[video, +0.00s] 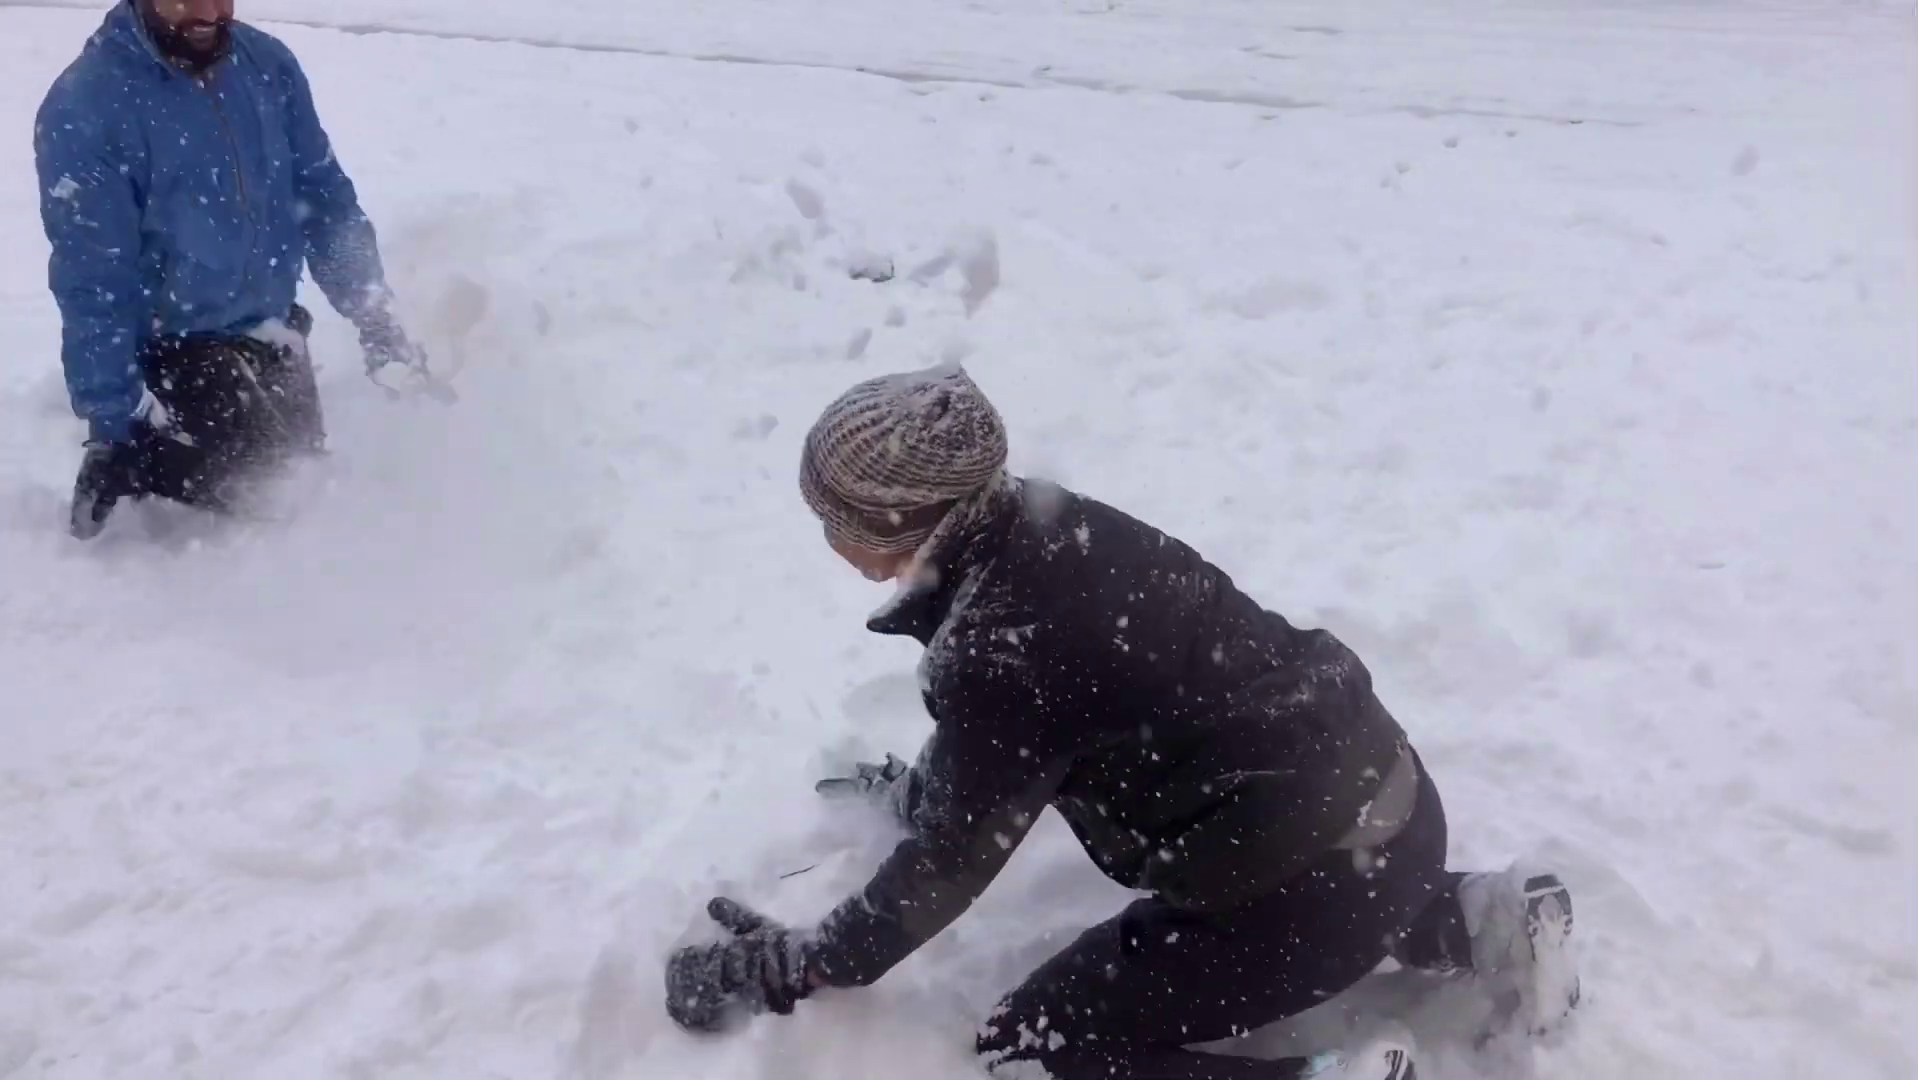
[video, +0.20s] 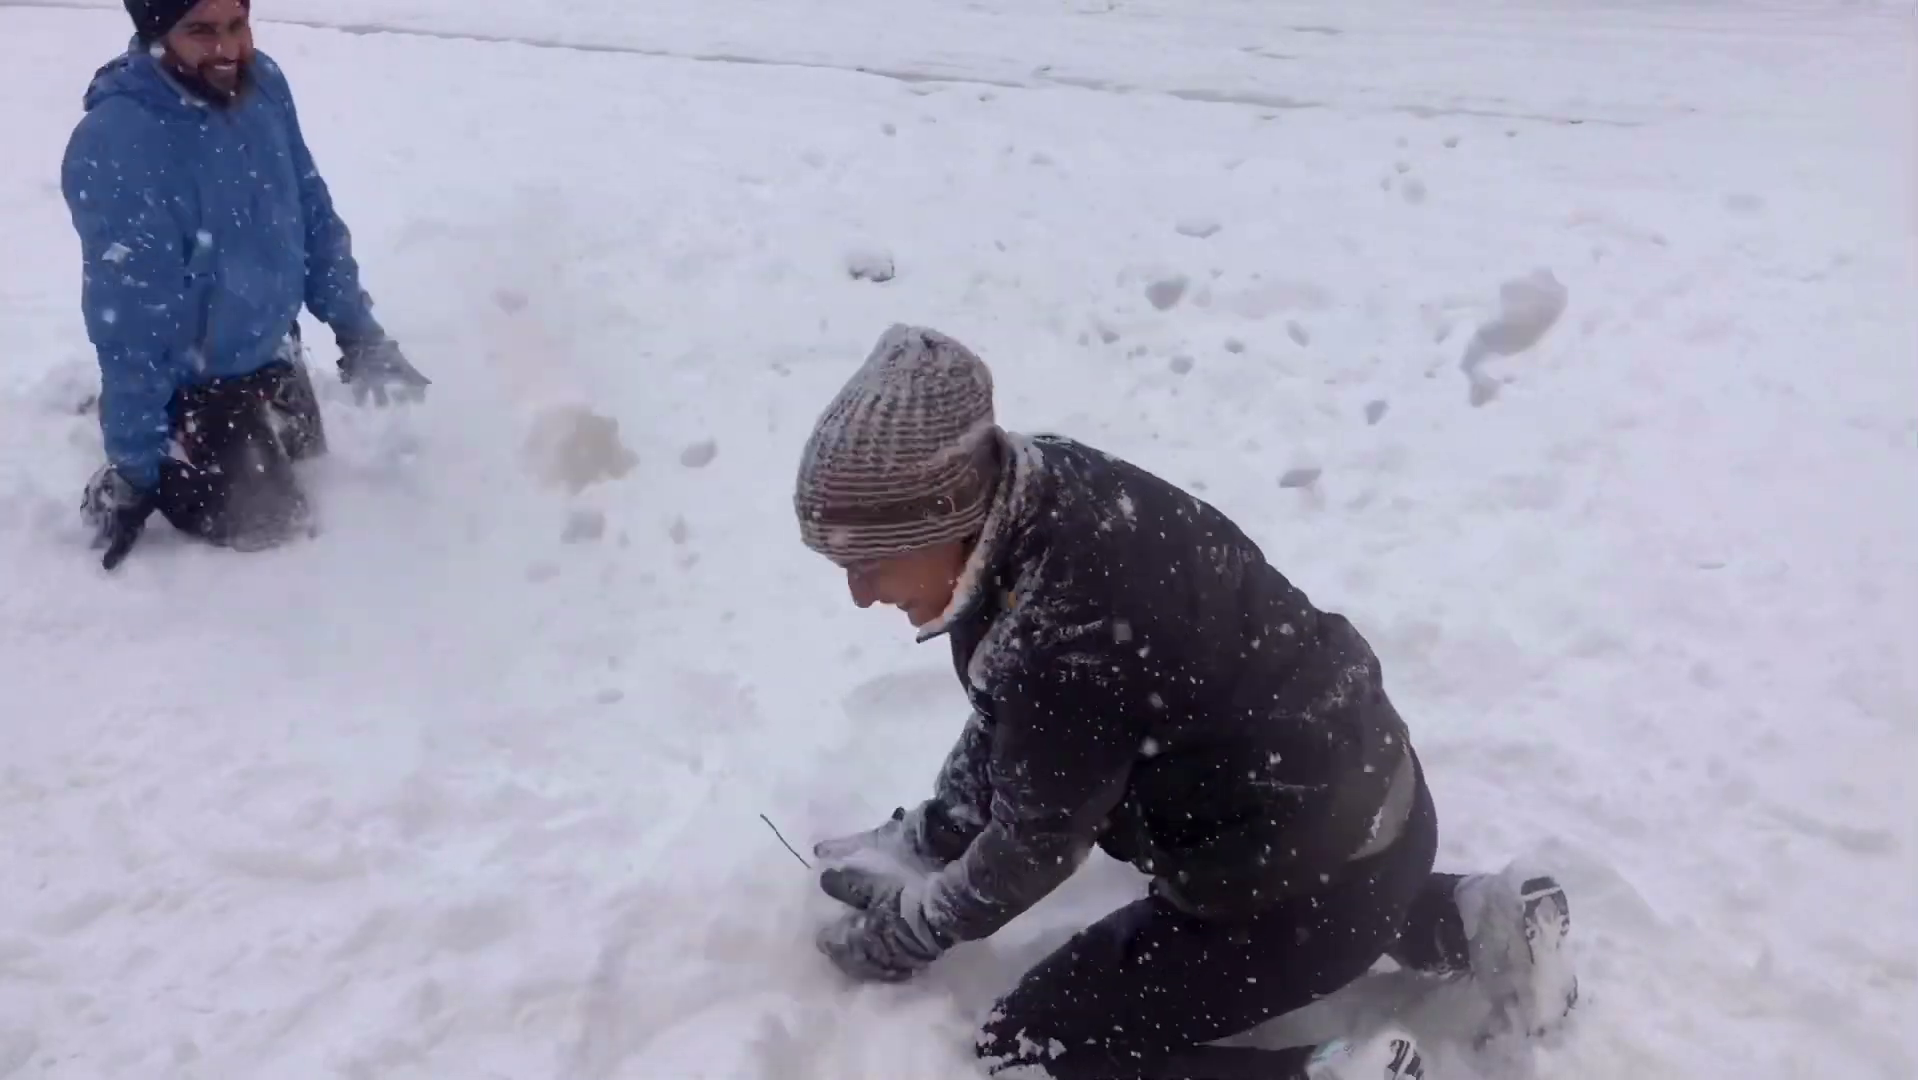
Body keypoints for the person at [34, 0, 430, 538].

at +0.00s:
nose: (209, 11)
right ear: (145, 1)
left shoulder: (267, 64)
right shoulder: (86, 107)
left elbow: (324, 199)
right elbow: (92, 281)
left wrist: (375, 317)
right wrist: (114, 429)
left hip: (274, 331)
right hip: (172, 348)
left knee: (304, 485)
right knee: (252, 496)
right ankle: (130, 467)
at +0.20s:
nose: (226, 48)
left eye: (237, 25)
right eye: (202, 31)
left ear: (252, 17)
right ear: (156, 34)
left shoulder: (262, 86)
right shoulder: (116, 141)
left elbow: (312, 222)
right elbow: (128, 321)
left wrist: (362, 339)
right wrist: (136, 474)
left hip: (275, 360)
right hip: (195, 392)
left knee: (313, 477)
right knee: (273, 530)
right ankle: (142, 488)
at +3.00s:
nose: (463, 180)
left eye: (485, 156)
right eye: (443, 155)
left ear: (529, 150)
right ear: (420, 148)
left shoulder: (593, 231)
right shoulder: (354, 257)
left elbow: (625, 407)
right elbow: (305, 444)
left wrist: (662, 565)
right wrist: (272, 602)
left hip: (523, 436)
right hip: (391, 466)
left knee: (600, 552)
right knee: (485, 636)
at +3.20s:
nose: (332, 224)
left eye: (348, 203)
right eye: (321, 201)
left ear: (404, 178)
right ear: (313, 184)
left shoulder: (542, 169)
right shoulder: (319, 286)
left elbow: (621, 337)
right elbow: (330, 478)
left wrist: (645, 492)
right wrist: (326, 660)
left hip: (549, 417)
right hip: (426, 452)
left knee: (652, 569)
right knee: (471, 624)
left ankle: (526, 484)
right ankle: (333, 559)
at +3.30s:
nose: (324, 245)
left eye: (330, 223)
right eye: (301, 236)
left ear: (363, 176)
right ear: (278, 220)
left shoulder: (488, 129)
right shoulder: (301, 286)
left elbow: (613, 286)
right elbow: (373, 455)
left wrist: (635, 445)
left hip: (563, 405)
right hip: (452, 451)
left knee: (628, 541)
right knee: (494, 623)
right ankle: (371, 534)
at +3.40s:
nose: (318, 242)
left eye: (321, 217)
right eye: (293, 238)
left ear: (344, 164)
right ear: (265, 228)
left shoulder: (454, 109)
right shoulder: (284, 271)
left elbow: (585, 246)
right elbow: (383, 420)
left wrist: (630, 403)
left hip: (578, 410)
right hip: (454, 453)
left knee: (659, 556)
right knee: (494, 633)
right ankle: (397, 508)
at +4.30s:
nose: (451, 174)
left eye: (465, 155)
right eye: (432, 158)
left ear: (499, 125)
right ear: (411, 139)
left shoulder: (576, 157)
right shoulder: (402, 156)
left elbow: (618, 316)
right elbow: (401, 306)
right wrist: (468, 415)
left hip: (600, 390)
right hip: (491, 406)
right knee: (481, 617)